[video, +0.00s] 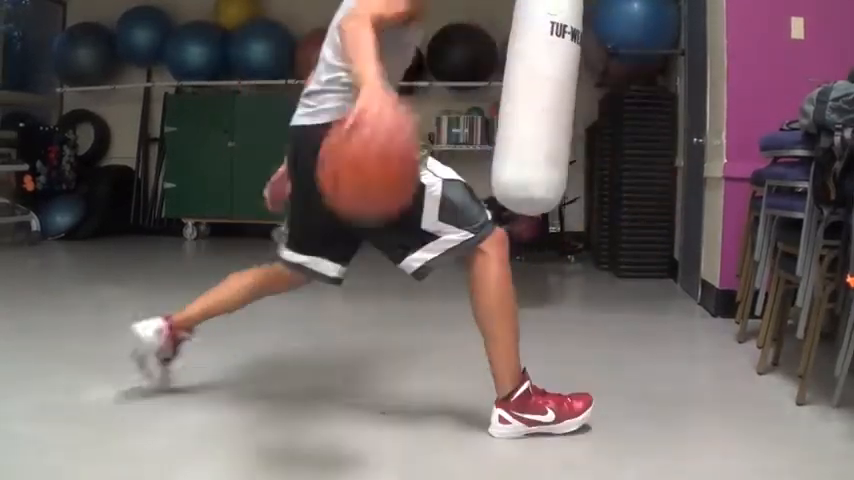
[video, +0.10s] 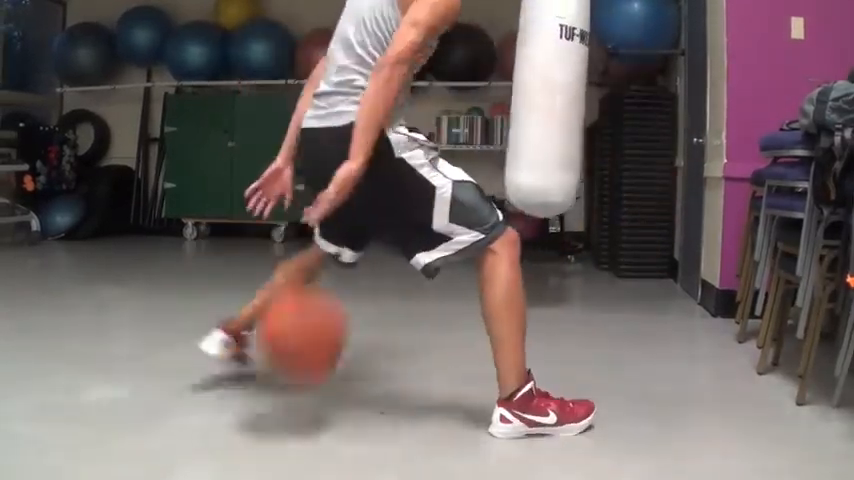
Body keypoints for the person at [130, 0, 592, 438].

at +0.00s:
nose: (420, 14)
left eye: (416, 13)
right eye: (418, 9)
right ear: (418, 1)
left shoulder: (364, 20)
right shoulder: (404, 6)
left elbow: (331, 88)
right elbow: (353, 19)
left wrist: (296, 163)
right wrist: (374, 87)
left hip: (317, 138)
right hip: (347, 134)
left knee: (296, 268)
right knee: (488, 239)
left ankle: (172, 328)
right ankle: (514, 397)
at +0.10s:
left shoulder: (371, 9)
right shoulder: (437, 6)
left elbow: (323, 73)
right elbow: (391, 67)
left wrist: (286, 157)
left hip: (318, 139)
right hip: (370, 139)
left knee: (326, 246)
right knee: (500, 240)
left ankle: (236, 331)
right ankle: (517, 397)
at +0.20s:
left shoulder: (347, 9)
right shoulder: (436, 7)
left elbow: (309, 84)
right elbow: (403, 75)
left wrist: (268, 161)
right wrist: (387, 173)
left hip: (319, 154)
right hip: (373, 151)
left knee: (344, 241)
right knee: (502, 243)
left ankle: (292, 342)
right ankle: (517, 398)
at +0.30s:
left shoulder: (326, 4)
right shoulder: (409, 2)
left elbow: (274, 63)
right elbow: (398, 54)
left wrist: (229, 132)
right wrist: (409, 143)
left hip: (309, 136)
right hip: (352, 133)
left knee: (349, 239)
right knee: (450, 248)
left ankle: (294, 343)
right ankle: (504, 393)